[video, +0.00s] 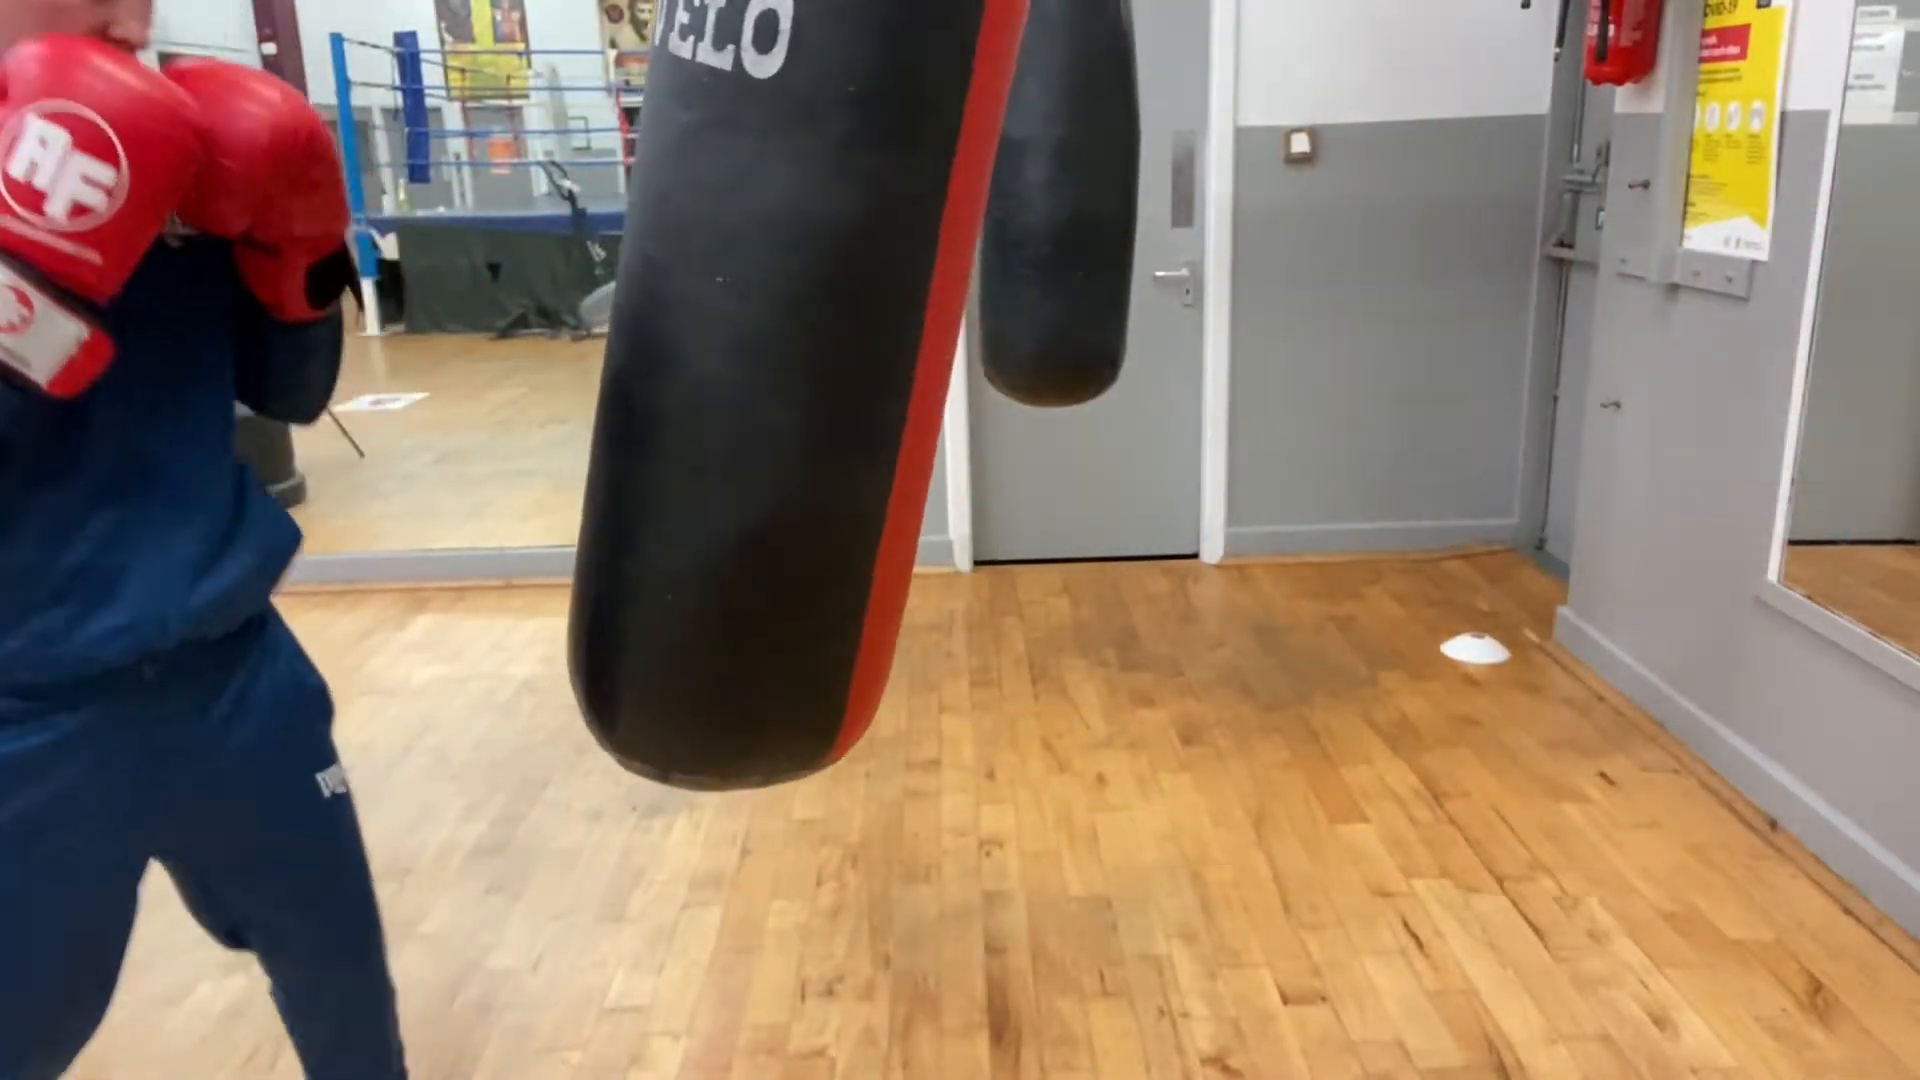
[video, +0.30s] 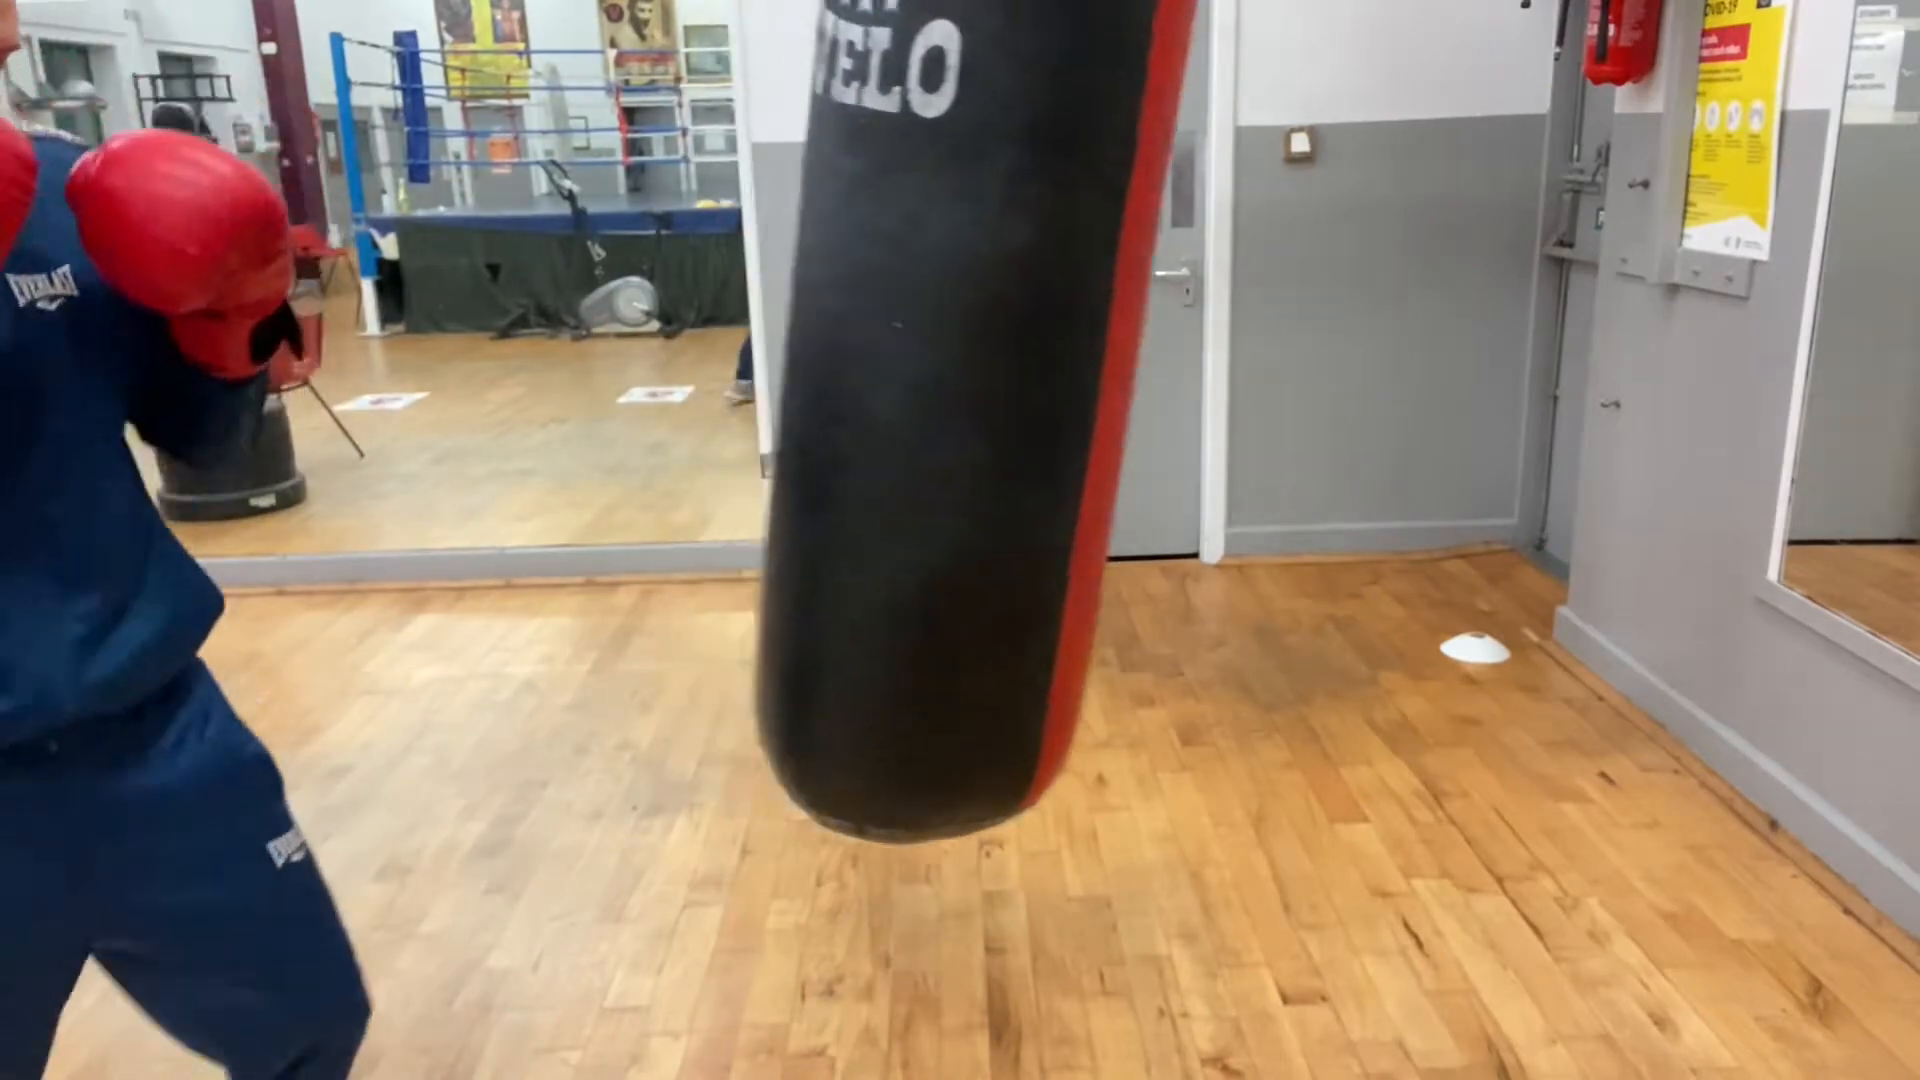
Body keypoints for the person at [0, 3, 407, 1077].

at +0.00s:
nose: (116, 28)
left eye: (127, 14)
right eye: (76, 17)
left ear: (148, 16)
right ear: (0, 25)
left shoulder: (186, 146)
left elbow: (292, 392)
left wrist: (295, 239)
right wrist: (34, 277)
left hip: (233, 675)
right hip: (29, 722)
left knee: (344, 990)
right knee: (23, 1044)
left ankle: (367, 1075)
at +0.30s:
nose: (12, 22)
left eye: (11, 16)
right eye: (7, 16)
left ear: (17, 29)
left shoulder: (78, 199)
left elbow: (197, 436)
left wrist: (226, 333)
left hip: (149, 730)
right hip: (7, 783)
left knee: (310, 1023)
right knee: (8, 1060)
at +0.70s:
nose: (244, 194)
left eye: (257, 157)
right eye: (210, 153)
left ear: (273, 134)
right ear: (74, 118)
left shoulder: (284, 258)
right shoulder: (6, 281)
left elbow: (382, 476)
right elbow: (16, 582)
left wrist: (428, 390)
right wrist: (87, 414)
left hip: (336, 767)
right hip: (84, 825)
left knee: (553, 1012)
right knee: (46, 1070)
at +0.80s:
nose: (362, 167)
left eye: (373, 128)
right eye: (328, 122)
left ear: (389, 117)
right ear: (197, 90)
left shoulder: (397, 234)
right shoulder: (45, 265)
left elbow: (542, 419)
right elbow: (100, 554)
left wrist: (557, 287)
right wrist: (249, 352)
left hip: (431, 754)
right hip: (196, 805)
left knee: (608, 997)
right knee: (109, 1071)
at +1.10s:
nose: (511, 96)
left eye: (518, 59)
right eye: (483, 55)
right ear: (355, 40)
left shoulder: (470, 196)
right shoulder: (186, 220)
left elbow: (593, 434)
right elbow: (335, 492)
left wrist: (635, 312)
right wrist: (444, 259)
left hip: (573, 677)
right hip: (392, 763)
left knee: (767, 891)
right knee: (425, 1064)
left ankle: (703, 1064)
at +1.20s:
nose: (569, 123)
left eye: (578, 91)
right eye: (543, 85)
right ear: (414, 71)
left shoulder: (553, 218)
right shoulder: (254, 256)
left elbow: (641, 438)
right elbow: (364, 532)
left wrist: (700, 363)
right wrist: (486, 318)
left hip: (646, 693)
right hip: (443, 775)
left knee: (860, 892)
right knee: (412, 1070)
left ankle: (839, 1044)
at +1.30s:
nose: (671, 157)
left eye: (679, 123)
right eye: (641, 121)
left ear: (689, 116)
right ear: (515, 101)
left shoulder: (695, 244)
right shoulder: (355, 274)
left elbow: (859, 325)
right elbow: (372, 548)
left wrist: (982, 281)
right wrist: (506, 359)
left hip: (712, 727)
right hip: (494, 768)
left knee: (907, 923)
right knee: (424, 1059)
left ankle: (1008, 1036)